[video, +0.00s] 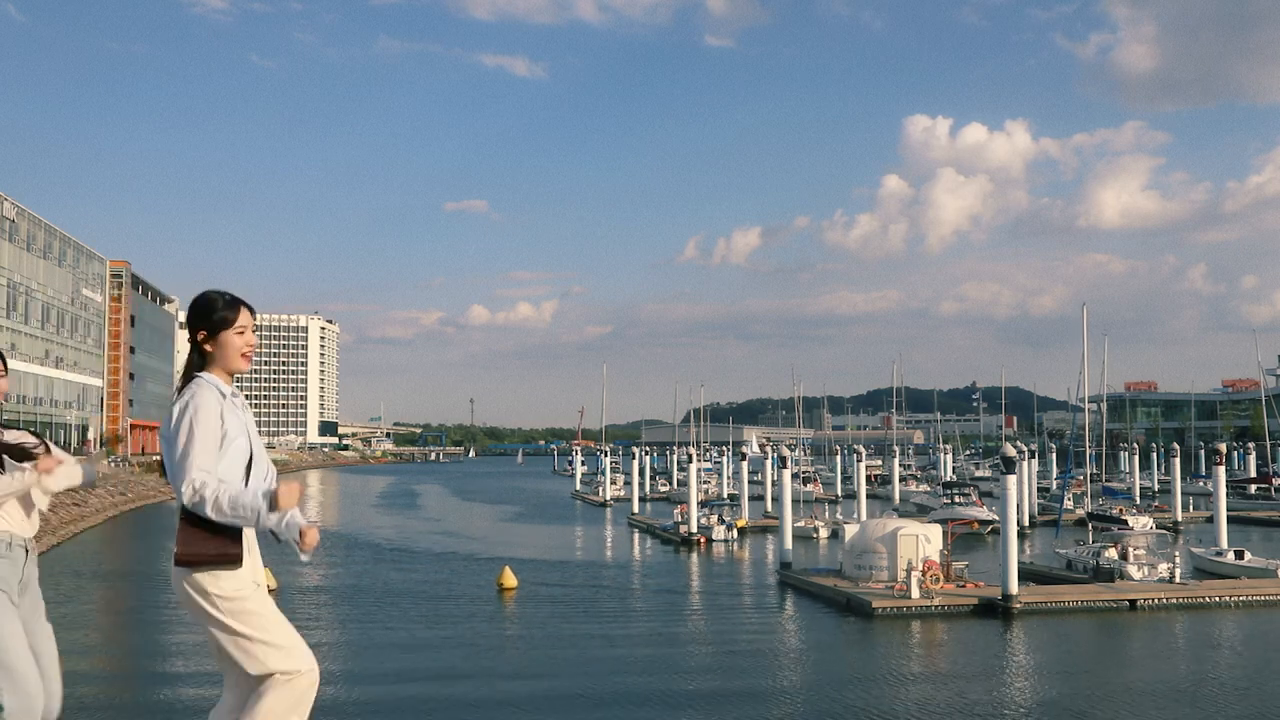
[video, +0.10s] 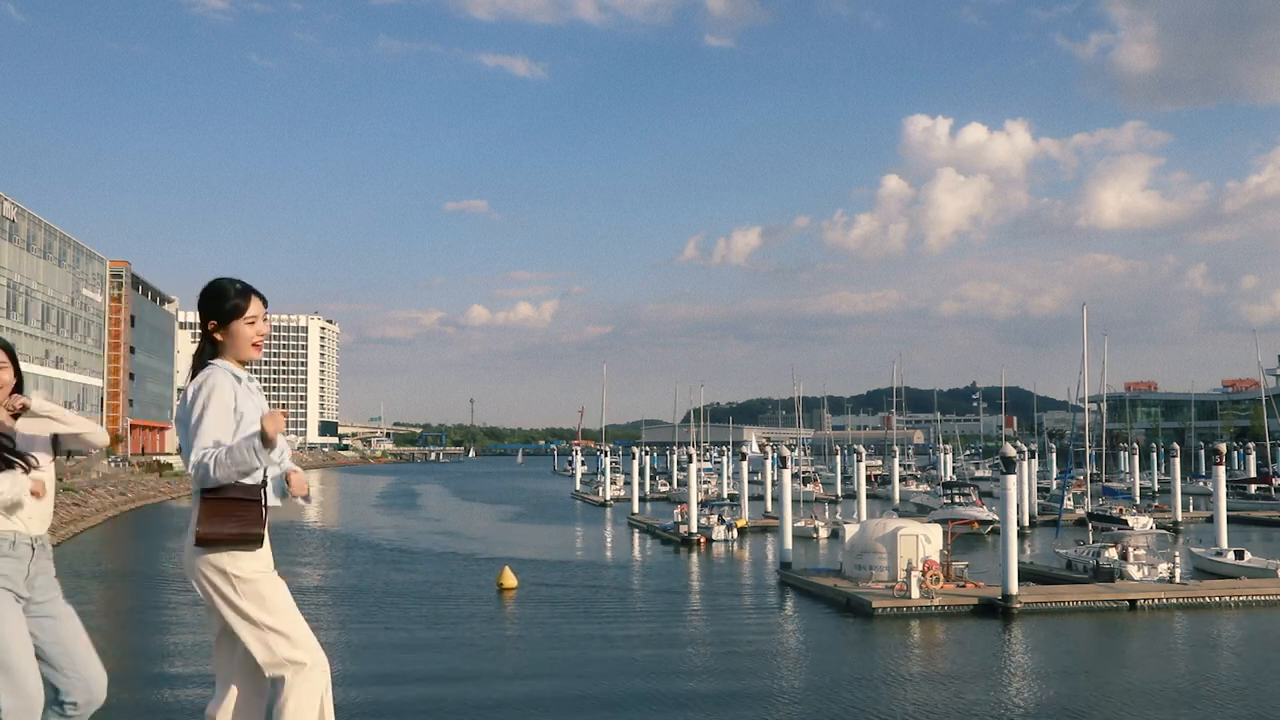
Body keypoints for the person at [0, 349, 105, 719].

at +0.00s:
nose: (4, 386)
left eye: (4, 375)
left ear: (8, 379)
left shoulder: (23, 439)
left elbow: (81, 470)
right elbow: (4, 485)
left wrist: (50, 476)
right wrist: (31, 472)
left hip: (26, 577)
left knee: (50, 693)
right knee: (24, 697)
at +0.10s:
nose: (0, 376)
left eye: (5, 367)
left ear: (16, 375)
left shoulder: (38, 426)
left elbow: (101, 439)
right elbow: (5, 494)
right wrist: (20, 481)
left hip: (39, 570)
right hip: (0, 572)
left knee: (88, 688)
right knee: (22, 700)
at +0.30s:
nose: (7, 367)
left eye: (18, 357)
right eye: (1, 358)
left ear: (39, 363)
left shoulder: (68, 408)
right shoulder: (2, 423)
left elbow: (106, 430)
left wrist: (42, 446)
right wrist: (15, 451)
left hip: (77, 553)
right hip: (14, 556)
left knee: (116, 680)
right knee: (25, 688)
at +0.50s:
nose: (40, 373)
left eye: (51, 363)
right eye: (28, 363)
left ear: (65, 367)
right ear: (13, 368)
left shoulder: (88, 413)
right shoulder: (6, 423)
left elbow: (131, 426)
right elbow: (1, 474)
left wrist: (71, 444)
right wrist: (33, 427)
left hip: (97, 558)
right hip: (32, 560)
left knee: (131, 683)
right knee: (33, 698)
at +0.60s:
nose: (59, 370)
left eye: (68, 360)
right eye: (47, 360)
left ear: (77, 366)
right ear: (25, 366)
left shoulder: (95, 425)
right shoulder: (14, 423)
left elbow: (161, 435)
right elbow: (3, 461)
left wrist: (103, 431)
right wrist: (50, 437)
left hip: (100, 560)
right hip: (42, 561)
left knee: (144, 682)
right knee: (28, 699)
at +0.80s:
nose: (107, 385)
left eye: (106, 375)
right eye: (99, 373)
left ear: (82, 381)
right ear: (67, 378)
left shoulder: (103, 440)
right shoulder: (49, 448)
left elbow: (149, 472)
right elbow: (108, 503)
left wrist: (184, 480)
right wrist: (141, 462)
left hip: (127, 568)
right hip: (89, 573)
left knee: (157, 693)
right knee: (83, 704)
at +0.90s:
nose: (126, 387)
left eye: (124, 377)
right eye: (121, 377)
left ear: (77, 386)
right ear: (100, 384)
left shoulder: (91, 444)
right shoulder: (91, 450)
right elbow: (180, 482)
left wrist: (172, 456)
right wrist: (188, 453)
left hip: (128, 578)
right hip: (110, 584)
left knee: (168, 691)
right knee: (151, 704)